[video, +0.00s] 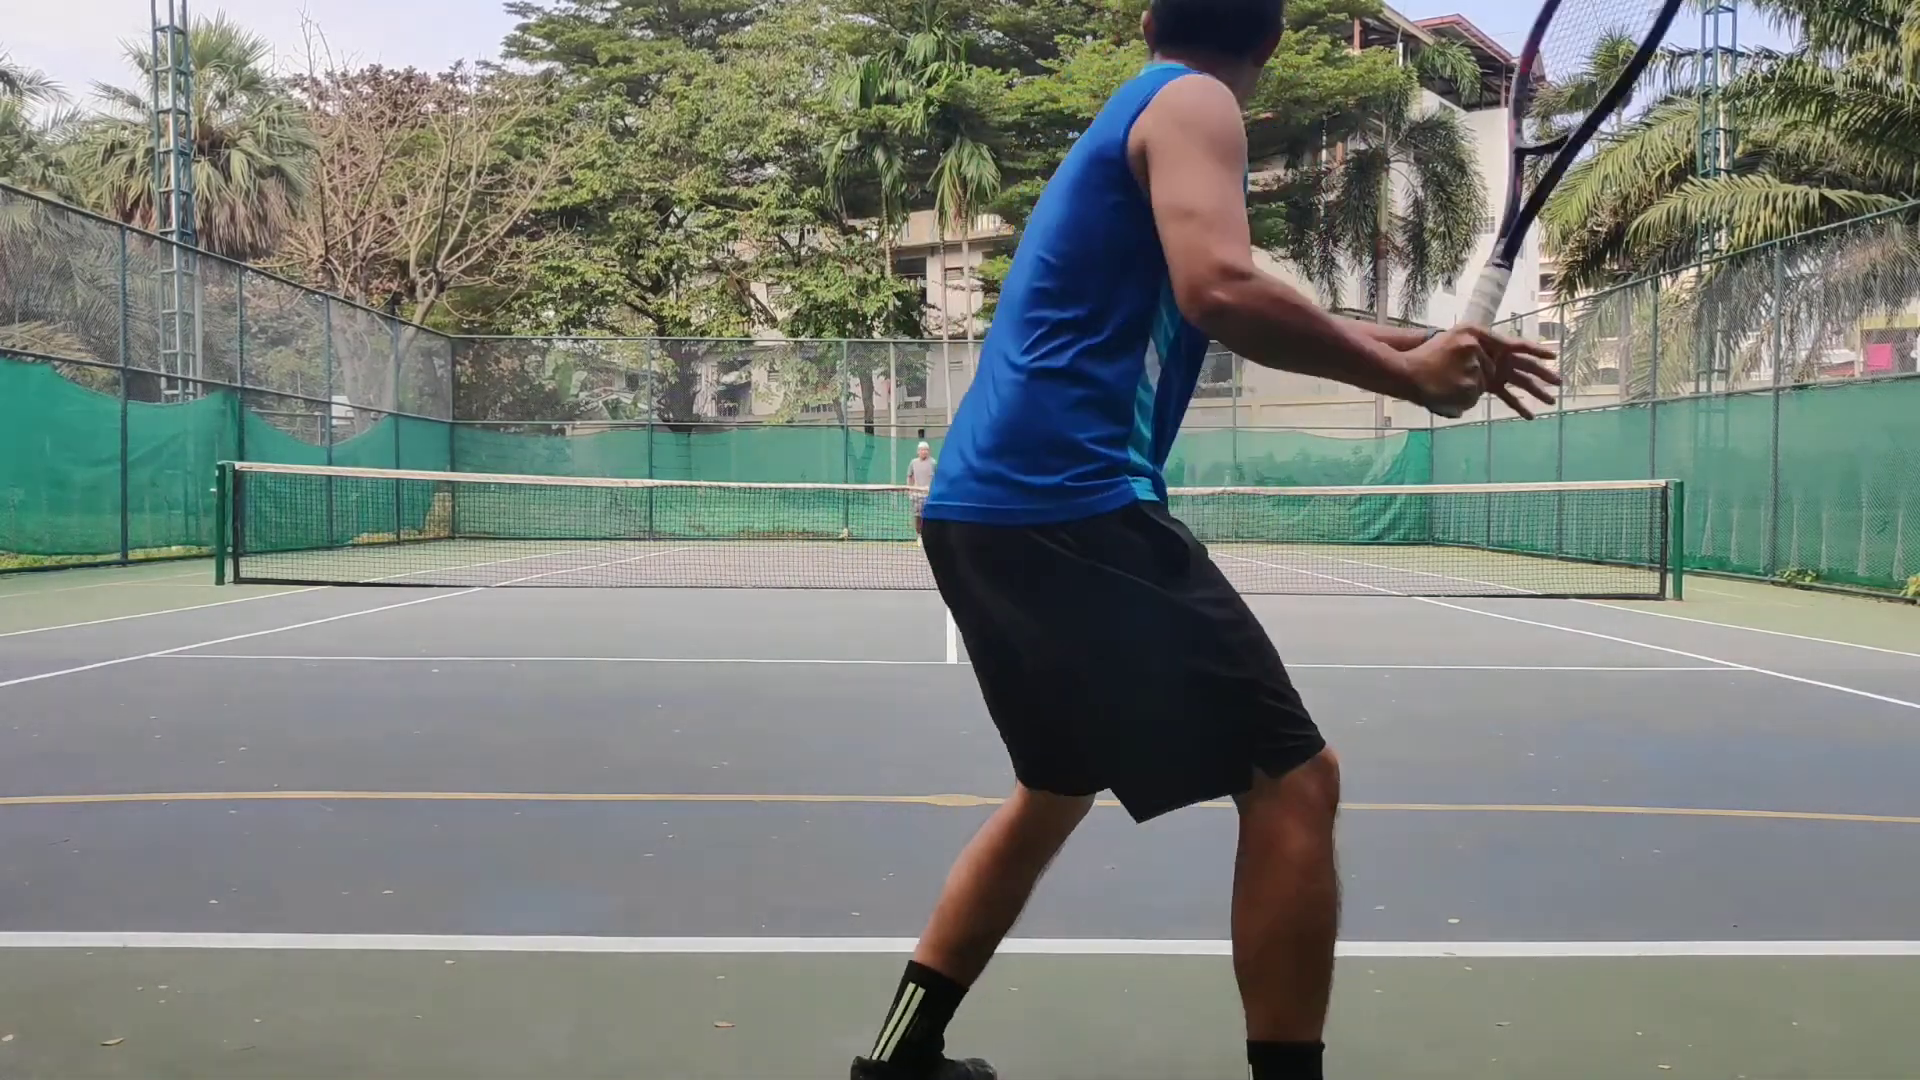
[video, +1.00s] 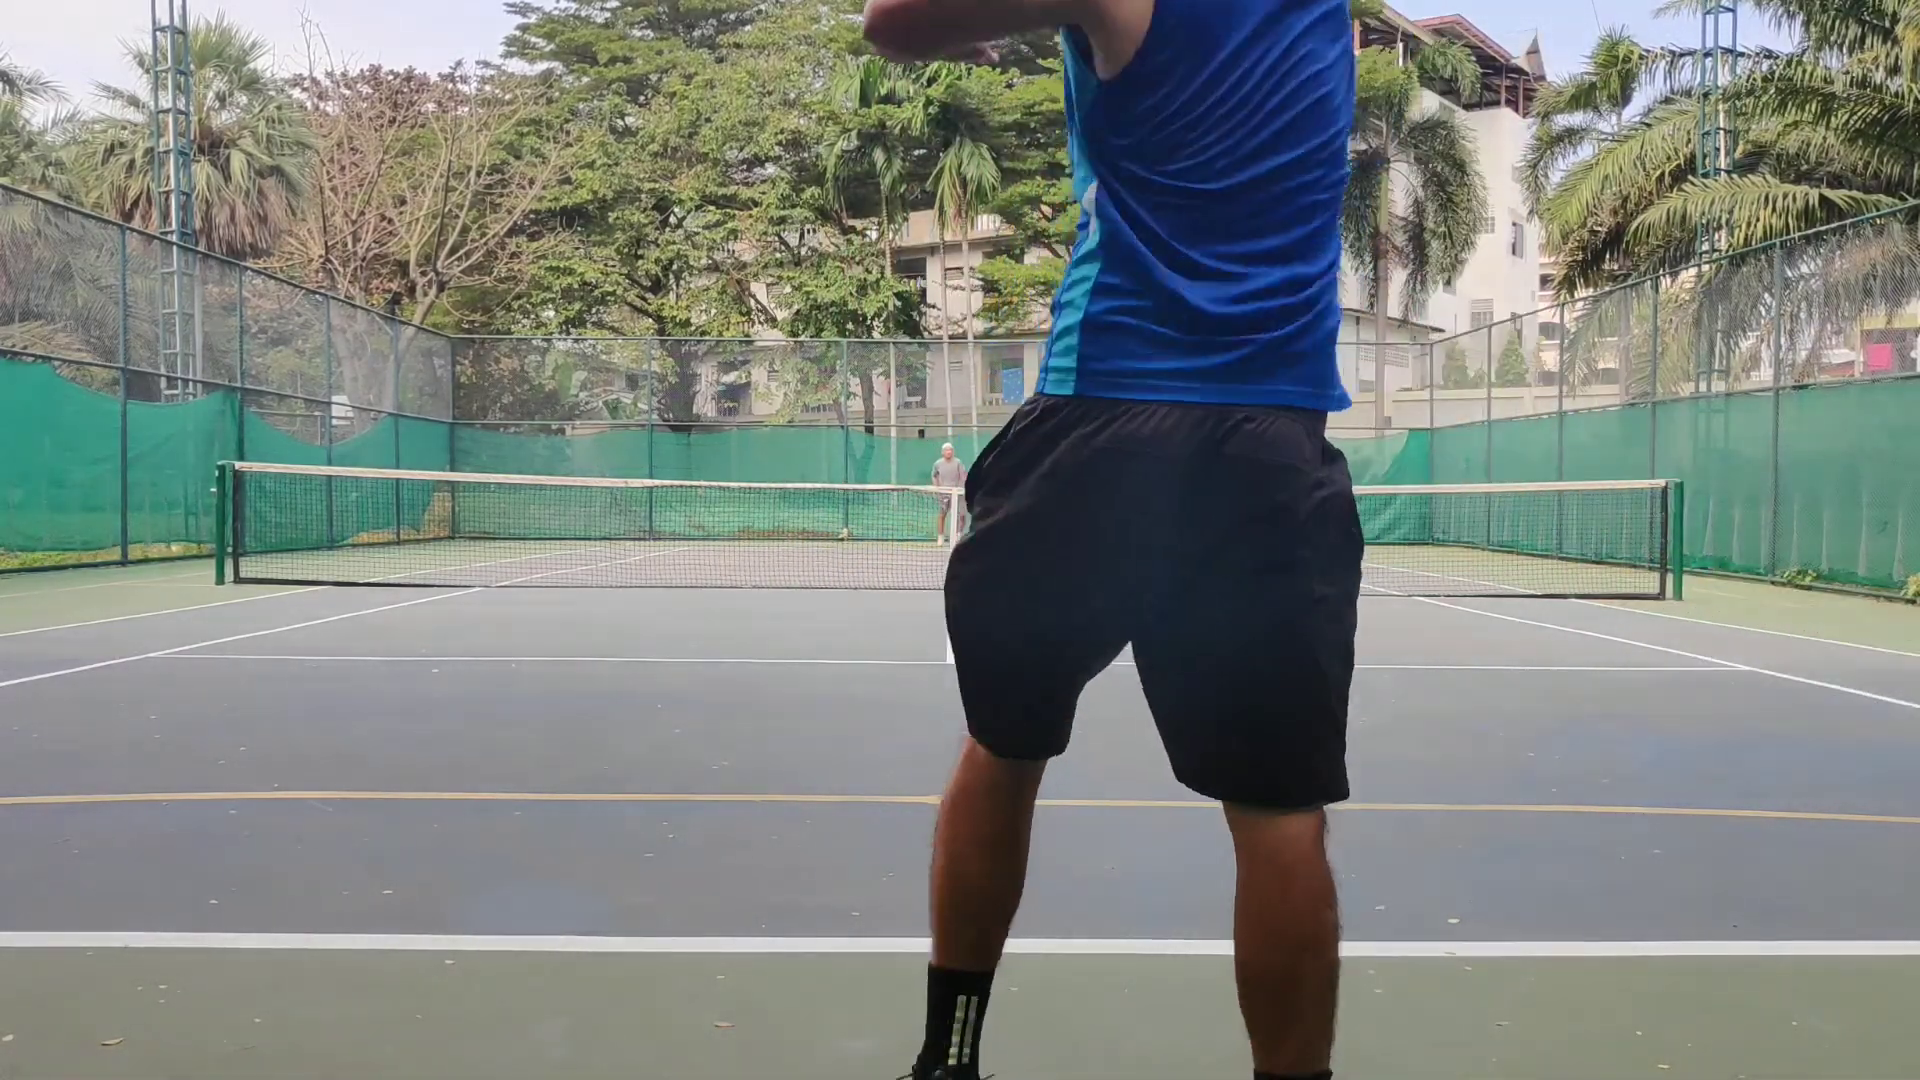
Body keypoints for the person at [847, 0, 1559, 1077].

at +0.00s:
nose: (1278, 51)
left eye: (1273, 39)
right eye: (1278, 35)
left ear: (1159, 26)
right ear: (1266, 35)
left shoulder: (1132, 117)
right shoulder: (1192, 102)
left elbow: (1239, 318)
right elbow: (1219, 287)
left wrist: (1408, 345)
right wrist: (1409, 371)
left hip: (981, 507)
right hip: (1076, 505)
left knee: (1057, 779)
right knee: (1294, 786)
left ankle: (903, 1047)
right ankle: (1288, 1076)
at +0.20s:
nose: (1360, 85)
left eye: (1360, 67)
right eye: (1364, 63)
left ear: (1240, 46)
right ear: (1344, 64)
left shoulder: (1258, 200)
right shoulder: (1229, 116)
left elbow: (1397, 342)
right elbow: (1138, 272)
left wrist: (1570, 403)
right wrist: (1351, 288)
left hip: (1031, 541)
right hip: (1110, 544)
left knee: (1113, 795)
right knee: (1352, 821)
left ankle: (878, 1011)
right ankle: (1302, 1072)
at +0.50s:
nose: (1436, 79)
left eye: (1439, 58)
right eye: (1444, 55)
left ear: (1321, 25)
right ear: (1432, 49)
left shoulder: (1325, 174)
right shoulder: (1286, 114)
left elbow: (1413, 328)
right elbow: (1160, 296)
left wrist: (1520, 458)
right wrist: (1305, 452)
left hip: (1078, 549)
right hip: (1153, 556)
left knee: (1117, 823)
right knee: (1392, 827)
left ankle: (880, 1024)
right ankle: (1310, 1069)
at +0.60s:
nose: (1456, 40)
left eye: (1458, 25)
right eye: (1459, 21)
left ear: (1336, 4)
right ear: (1443, 23)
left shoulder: (1297, 96)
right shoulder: (1319, 97)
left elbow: (1339, 260)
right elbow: (1250, 307)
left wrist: (1411, 376)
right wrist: (1411, 498)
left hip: (1073, 521)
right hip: (1179, 537)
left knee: (1075, 807)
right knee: (1402, 826)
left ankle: (877, 1031)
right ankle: (1313, 1077)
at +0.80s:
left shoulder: (1126, 8)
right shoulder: (1420, 23)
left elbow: (993, 30)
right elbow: (1436, 258)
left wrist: (1129, 85)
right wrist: (1446, 290)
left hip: (1069, 454)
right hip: (1261, 484)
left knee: (1021, 726)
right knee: (1310, 817)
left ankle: (958, 1003)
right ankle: (1296, 1072)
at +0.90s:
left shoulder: (1127, 10)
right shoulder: (1378, 21)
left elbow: (910, 5)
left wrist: (1049, 37)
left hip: (1081, 442)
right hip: (1276, 463)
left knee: (1019, 730)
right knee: (1291, 819)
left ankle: (958, 1022)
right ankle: (1296, 1076)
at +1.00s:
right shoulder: (1328, 12)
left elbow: (893, 25)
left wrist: (1038, 11)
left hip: (1090, 444)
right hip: (1273, 457)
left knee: (1003, 745)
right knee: (1281, 820)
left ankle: (948, 1051)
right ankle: (1295, 1077)